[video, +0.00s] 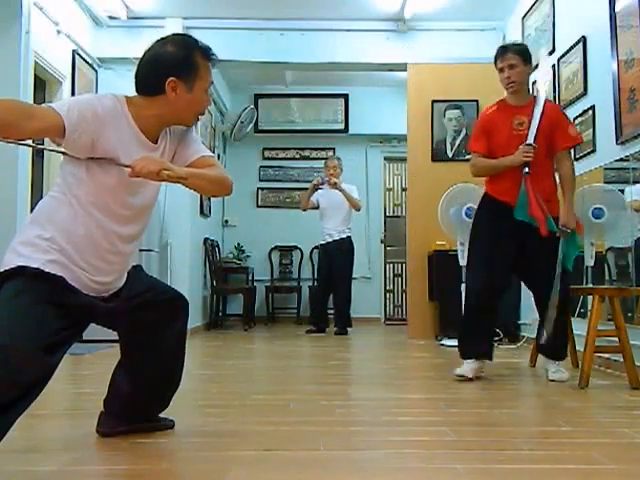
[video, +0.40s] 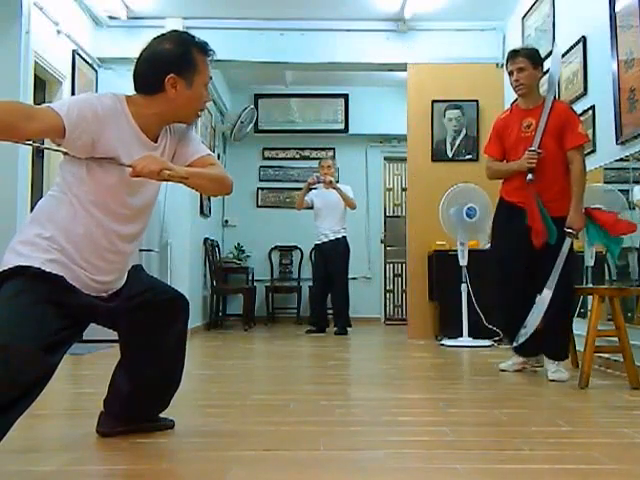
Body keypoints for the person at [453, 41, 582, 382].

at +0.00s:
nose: (508, 74)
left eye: (514, 67)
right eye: (502, 70)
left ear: (529, 69)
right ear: (497, 76)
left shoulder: (549, 112)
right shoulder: (488, 116)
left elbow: (563, 162)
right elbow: (476, 167)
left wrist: (568, 206)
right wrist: (511, 159)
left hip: (540, 210)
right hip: (496, 209)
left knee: (551, 286)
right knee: (481, 282)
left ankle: (555, 356)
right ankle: (473, 357)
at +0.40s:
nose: (516, 77)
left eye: (522, 70)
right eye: (511, 73)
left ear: (539, 72)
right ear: (508, 79)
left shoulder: (561, 112)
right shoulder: (503, 121)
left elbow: (576, 163)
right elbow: (491, 169)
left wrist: (576, 209)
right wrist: (516, 165)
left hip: (554, 211)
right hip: (513, 210)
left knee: (555, 283)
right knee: (513, 279)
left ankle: (556, 357)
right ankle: (525, 353)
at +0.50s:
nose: (513, 80)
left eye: (519, 72)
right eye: (509, 75)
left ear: (537, 75)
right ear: (506, 81)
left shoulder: (558, 114)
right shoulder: (502, 123)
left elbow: (572, 163)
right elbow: (489, 171)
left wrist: (571, 209)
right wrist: (513, 166)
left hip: (552, 211)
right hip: (513, 211)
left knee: (555, 283)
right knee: (518, 280)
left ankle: (556, 357)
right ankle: (527, 354)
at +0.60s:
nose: (510, 81)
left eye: (515, 74)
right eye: (505, 77)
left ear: (532, 77)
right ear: (503, 83)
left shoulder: (553, 113)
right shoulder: (500, 126)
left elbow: (568, 163)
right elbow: (487, 172)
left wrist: (565, 210)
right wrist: (510, 166)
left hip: (550, 212)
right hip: (513, 211)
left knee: (554, 284)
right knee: (519, 281)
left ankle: (556, 357)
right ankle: (527, 354)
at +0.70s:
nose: (506, 84)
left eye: (511, 77)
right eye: (501, 80)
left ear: (527, 79)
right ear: (498, 86)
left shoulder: (549, 114)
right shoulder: (498, 127)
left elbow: (564, 163)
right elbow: (486, 175)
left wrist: (562, 210)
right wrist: (507, 168)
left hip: (547, 213)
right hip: (511, 214)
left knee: (552, 284)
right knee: (518, 282)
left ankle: (555, 357)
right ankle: (528, 355)